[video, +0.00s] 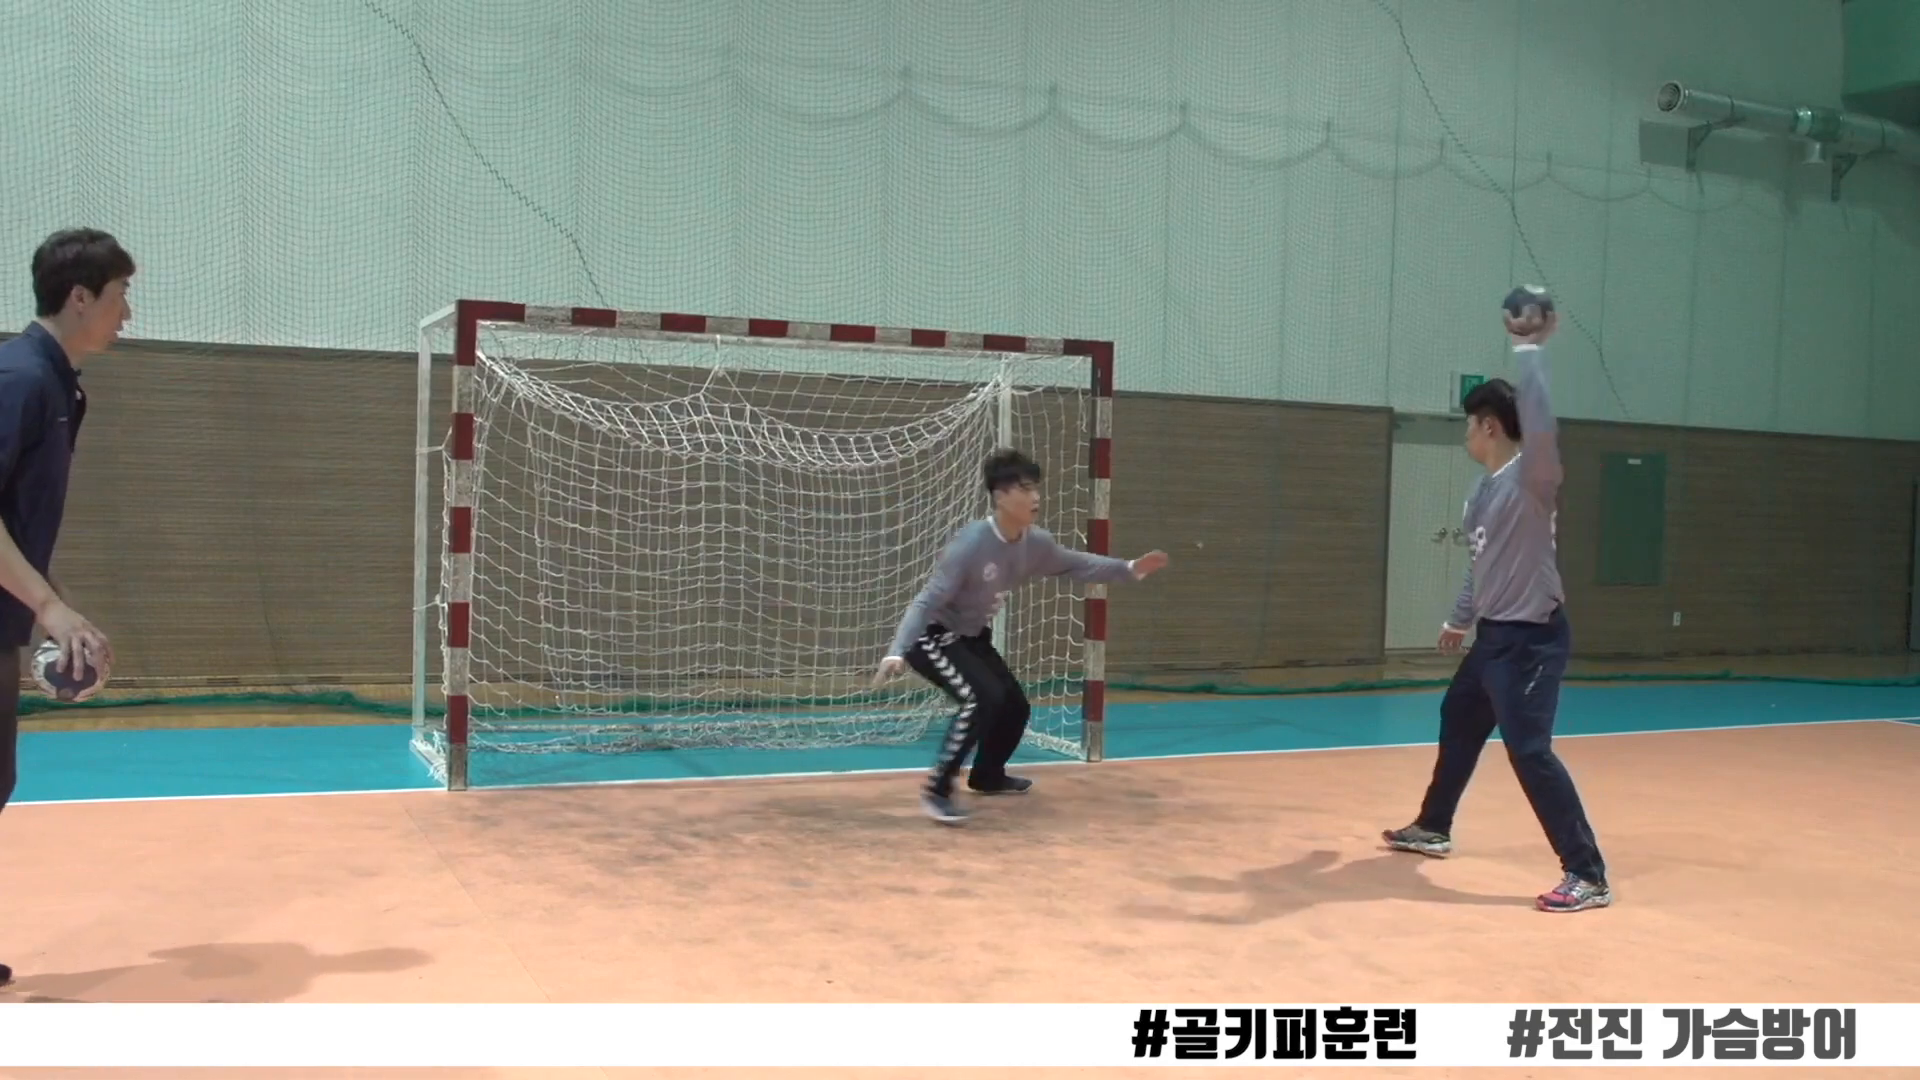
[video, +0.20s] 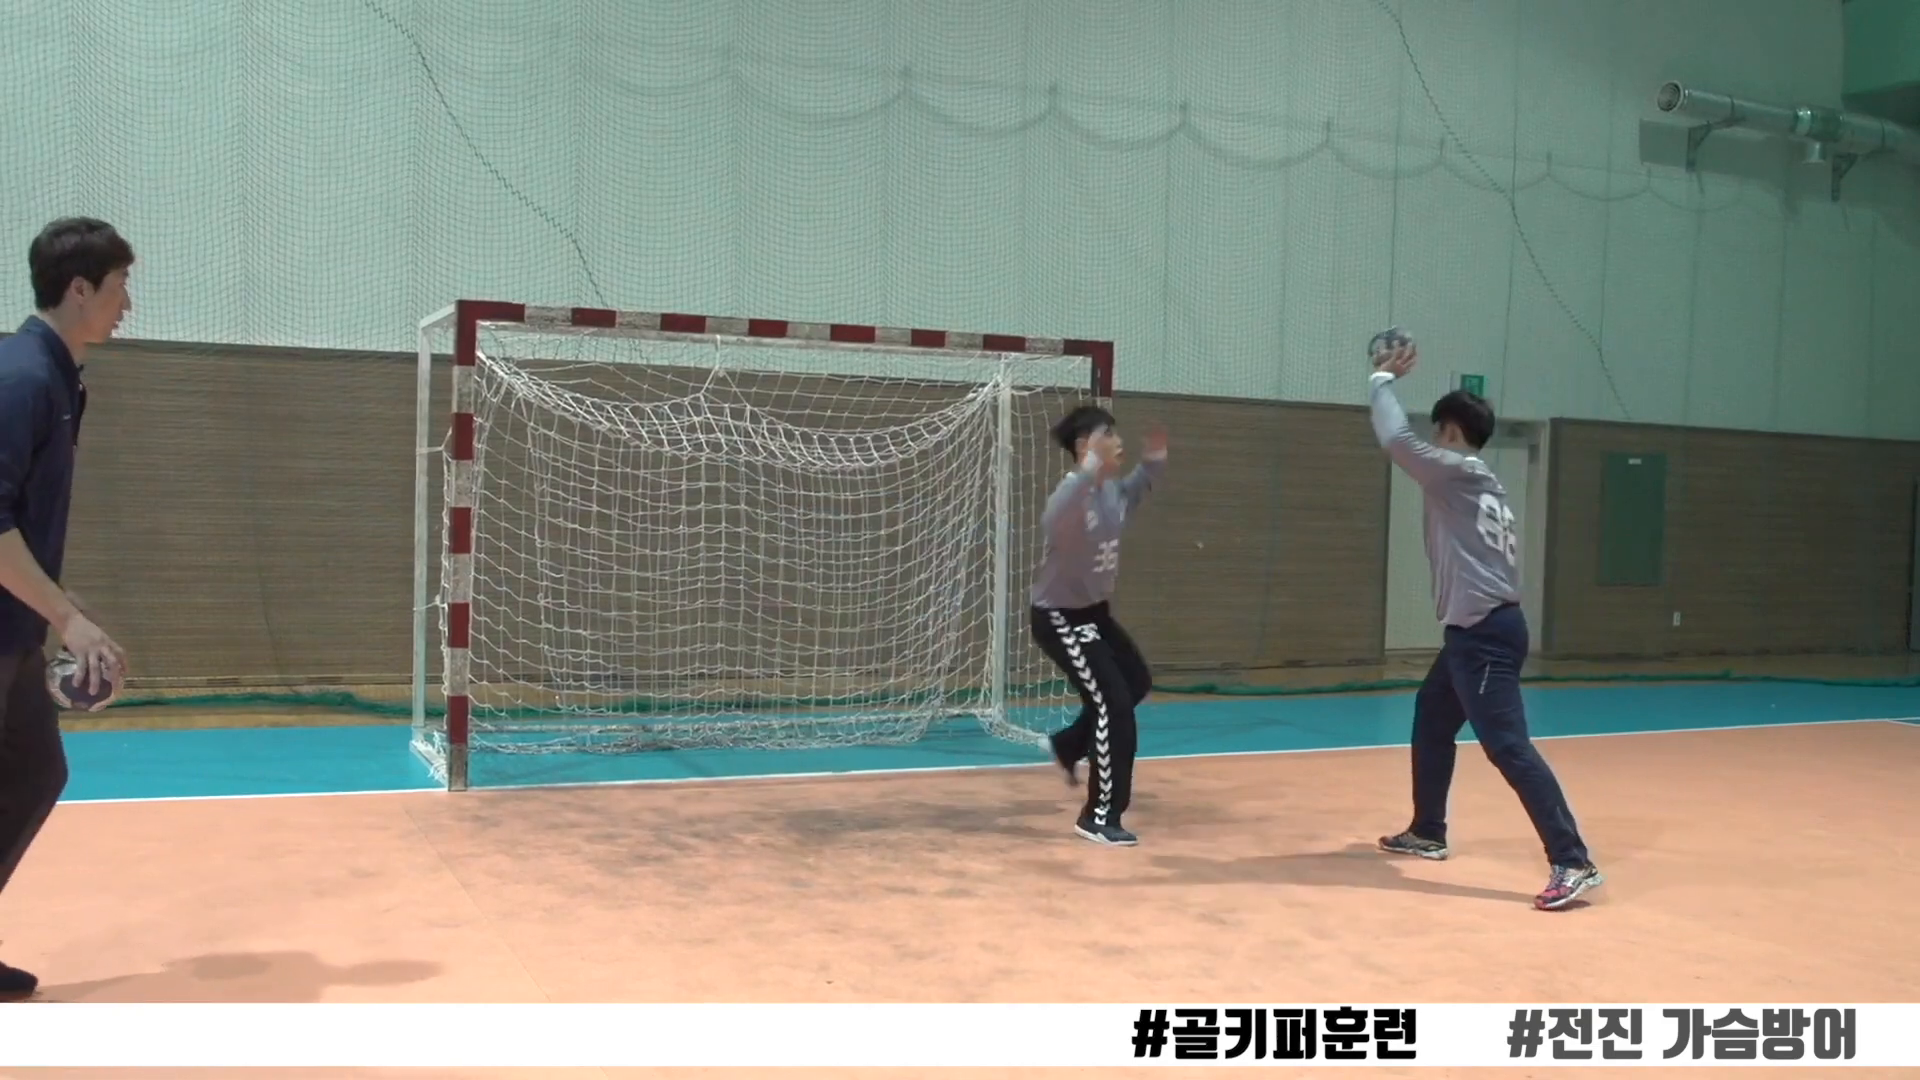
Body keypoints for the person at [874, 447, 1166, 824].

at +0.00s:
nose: (1035, 498)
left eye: (1036, 489)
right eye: (1025, 489)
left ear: (1037, 494)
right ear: (999, 496)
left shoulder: (1036, 544)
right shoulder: (971, 543)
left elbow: (1077, 564)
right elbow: (929, 597)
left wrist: (1129, 569)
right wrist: (897, 651)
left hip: (972, 636)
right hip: (932, 634)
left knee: (1015, 707)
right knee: (984, 697)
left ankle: (987, 776)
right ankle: (937, 790)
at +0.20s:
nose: (1118, 441)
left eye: (1115, 434)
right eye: (1108, 434)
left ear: (1107, 444)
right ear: (1083, 445)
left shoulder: (1114, 490)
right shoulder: (1067, 495)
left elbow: (1135, 493)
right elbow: (1056, 519)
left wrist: (1152, 465)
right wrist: (1086, 473)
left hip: (1095, 612)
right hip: (1059, 616)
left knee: (1137, 683)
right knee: (1113, 704)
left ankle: (1070, 742)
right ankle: (1101, 816)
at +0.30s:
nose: (1161, 397)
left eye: (1162, 390)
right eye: (1154, 390)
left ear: (1155, 395)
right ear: (1133, 393)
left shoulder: (1147, 434)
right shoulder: (1117, 432)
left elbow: (1153, 398)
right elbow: (1120, 397)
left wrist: (1162, 364)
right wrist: (1141, 349)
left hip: (1141, 558)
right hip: (1113, 562)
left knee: (1196, 588)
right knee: (1104, 681)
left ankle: (1148, 673)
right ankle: (1105, 797)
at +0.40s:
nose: (1207, 350)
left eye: (1207, 344)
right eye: (1200, 343)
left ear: (1192, 350)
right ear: (1174, 344)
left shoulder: (1181, 383)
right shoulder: (1154, 380)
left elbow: (1202, 365)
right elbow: (1133, 358)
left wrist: (1219, 339)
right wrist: (1150, 312)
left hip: (1181, 512)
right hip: (1156, 514)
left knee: (1232, 528)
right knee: (1152, 628)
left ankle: (1217, 615)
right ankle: (1098, 732)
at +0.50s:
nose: (1253, 338)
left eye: (1255, 329)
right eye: (1245, 328)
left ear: (1249, 335)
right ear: (1217, 333)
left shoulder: (1234, 384)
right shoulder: (1199, 372)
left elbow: (1238, 416)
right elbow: (1172, 360)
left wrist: (1260, 408)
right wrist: (1169, 317)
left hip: (1214, 494)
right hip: (1179, 495)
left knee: (1267, 500)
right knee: (1208, 573)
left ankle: (1293, 573)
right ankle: (1143, 674)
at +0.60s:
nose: (1288, 348)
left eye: (1290, 340)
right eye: (1280, 339)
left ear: (1284, 344)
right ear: (1252, 340)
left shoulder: (1276, 390)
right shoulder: (1237, 380)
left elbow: (1279, 440)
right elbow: (1226, 351)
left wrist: (1317, 440)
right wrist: (1234, 306)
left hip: (1250, 497)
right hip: (1208, 498)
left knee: (1306, 512)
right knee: (1246, 549)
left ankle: (1356, 579)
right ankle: (1216, 658)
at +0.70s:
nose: (1309, 364)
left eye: (1312, 356)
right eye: (1301, 355)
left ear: (1309, 362)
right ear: (1277, 356)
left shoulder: (1302, 410)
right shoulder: (1255, 400)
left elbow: (1309, 470)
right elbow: (1261, 372)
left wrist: (1345, 487)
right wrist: (1293, 321)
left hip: (1290, 524)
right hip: (1251, 522)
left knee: (1346, 576)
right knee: (1289, 588)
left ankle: (1383, 656)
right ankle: (1266, 702)